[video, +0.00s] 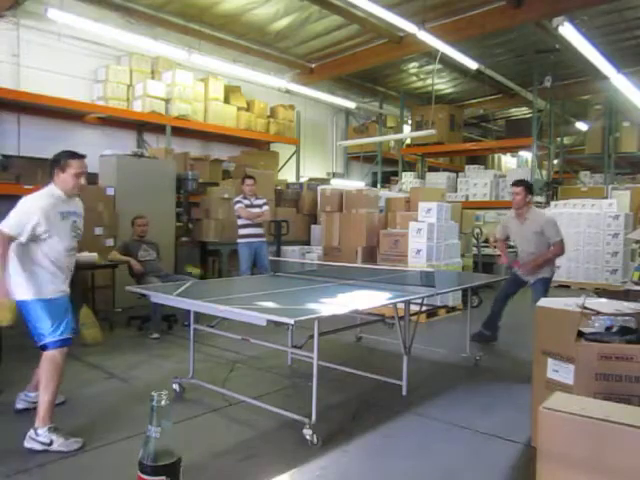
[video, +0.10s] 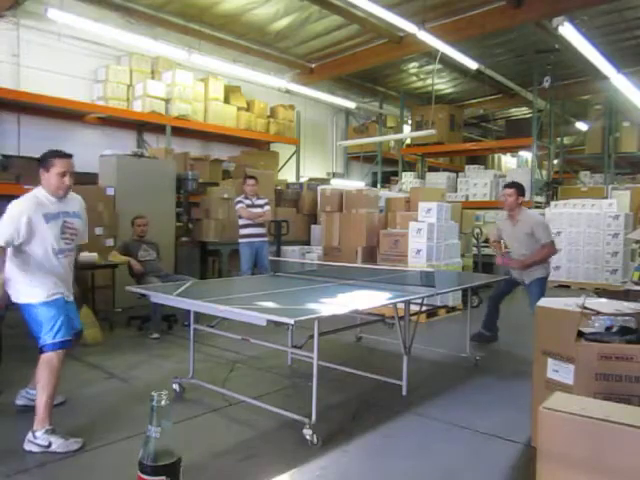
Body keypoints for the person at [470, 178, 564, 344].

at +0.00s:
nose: (514, 198)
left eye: (518, 194)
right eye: (512, 194)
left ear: (528, 197)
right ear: (511, 197)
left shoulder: (543, 220)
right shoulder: (509, 219)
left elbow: (559, 249)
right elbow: (500, 240)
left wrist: (534, 263)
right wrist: (504, 255)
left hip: (542, 270)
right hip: (521, 268)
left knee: (540, 307)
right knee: (501, 296)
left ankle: (545, 346)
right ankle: (489, 331)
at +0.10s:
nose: (504, 200)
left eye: (509, 196)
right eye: (503, 196)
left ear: (520, 200)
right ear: (501, 199)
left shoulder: (534, 220)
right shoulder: (503, 221)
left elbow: (550, 248)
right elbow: (496, 240)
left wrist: (525, 263)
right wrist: (498, 249)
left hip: (536, 272)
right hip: (514, 270)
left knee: (537, 309)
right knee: (493, 298)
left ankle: (545, 346)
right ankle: (489, 331)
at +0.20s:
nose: (499, 198)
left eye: (503, 194)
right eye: (497, 194)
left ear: (514, 197)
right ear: (496, 196)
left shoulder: (529, 217)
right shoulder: (497, 218)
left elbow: (542, 245)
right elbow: (491, 240)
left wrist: (518, 259)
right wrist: (496, 254)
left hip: (532, 268)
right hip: (511, 267)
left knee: (537, 307)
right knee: (490, 294)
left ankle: (544, 344)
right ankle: (488, 331)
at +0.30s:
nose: (495, 195)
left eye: (499, 191)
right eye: (493, 190)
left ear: (510, 194)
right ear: (492, 193)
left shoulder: (524, 213)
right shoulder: (491, 214)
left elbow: (539, 241)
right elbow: (483, 235)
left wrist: (518, 250)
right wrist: (491, 248)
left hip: (530, 265)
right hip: (507, 265)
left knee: (536, 305)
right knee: (490, 294)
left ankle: (544, 342)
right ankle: (488, 331)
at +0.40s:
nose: (493, 194)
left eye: (497, 190)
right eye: (492, 190)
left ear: (508, 192)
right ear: (491, 192)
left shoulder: (523, 213)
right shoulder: (490, 214)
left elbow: (531, 242)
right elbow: (482, 235)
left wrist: (503, 246)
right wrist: (488, 242)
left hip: (531, 264)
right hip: (509, 263)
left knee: (534, 306)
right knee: (490, 294)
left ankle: (545, 342)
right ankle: (488, 331)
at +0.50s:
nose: (491, 197)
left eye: (495, 193)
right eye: (490, 193)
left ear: (506, 195)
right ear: (491, 196)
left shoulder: (522, 214)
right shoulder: (491, 217)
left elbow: (529, 243)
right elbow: (485, 239)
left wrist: (499, 247)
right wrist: (487, 245)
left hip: (531, 267)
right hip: (510, 267)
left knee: (534, 306)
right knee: (489, 295)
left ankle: (545, 342)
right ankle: (488, 331)